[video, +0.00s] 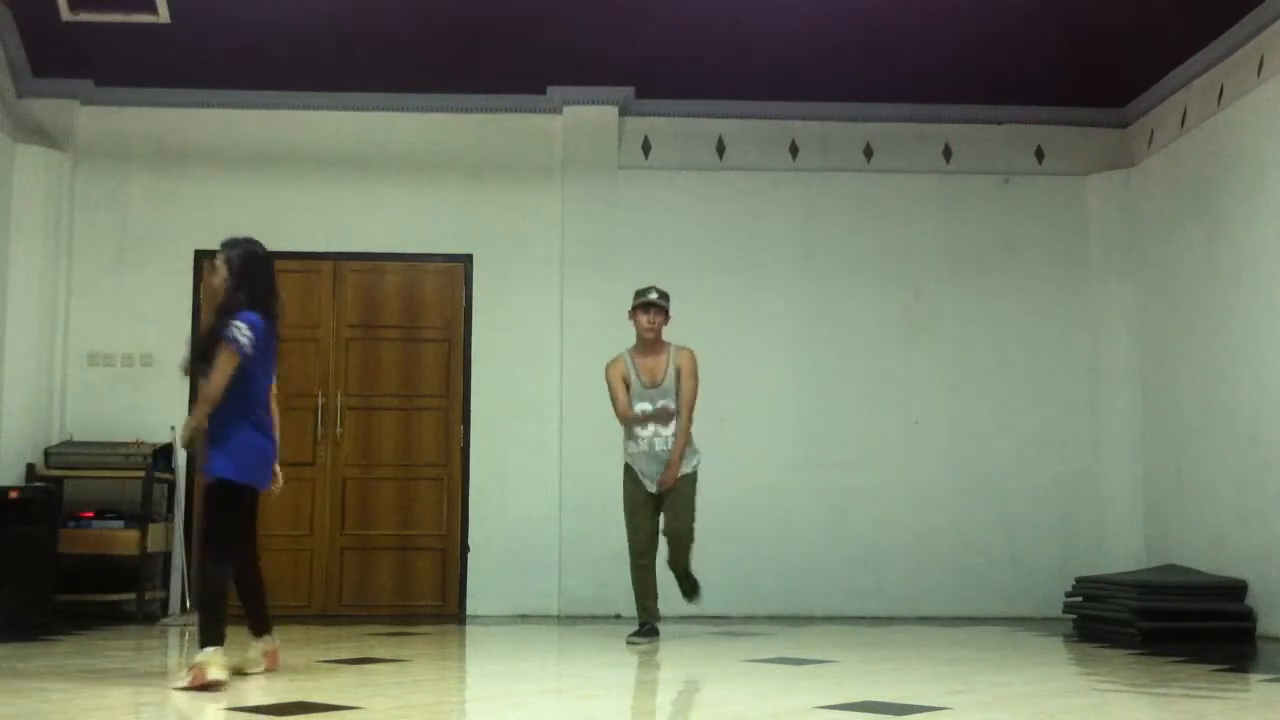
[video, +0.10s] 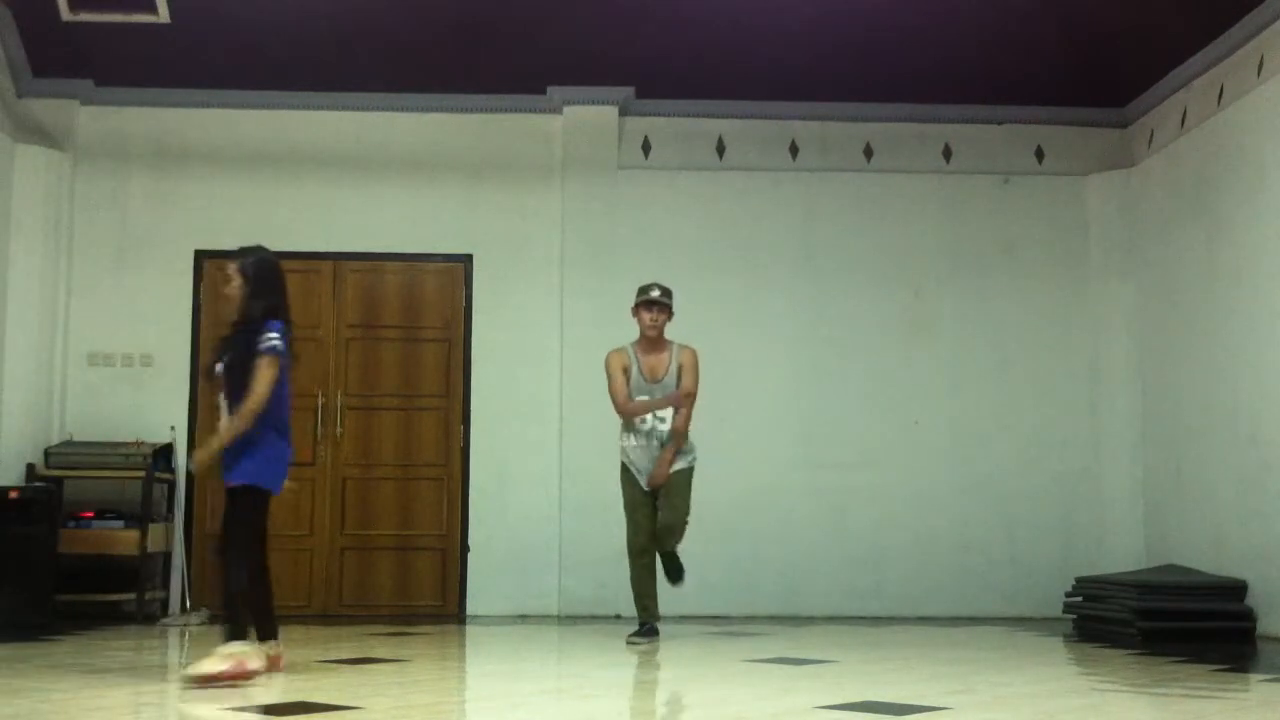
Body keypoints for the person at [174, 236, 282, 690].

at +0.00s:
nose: (211, 276)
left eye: (218, 269)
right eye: (213, 269)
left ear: (238, 274)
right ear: (249, 275)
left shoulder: (240, 324)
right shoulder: (261, 325)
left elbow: (217, 382)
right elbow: (269, 397)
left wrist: (194, 419)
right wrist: (273, 456)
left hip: (230, 450)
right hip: (251, 450)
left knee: (213, 549)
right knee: (241, 548)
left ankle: (210, 655)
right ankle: (264, 643)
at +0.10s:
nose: (225, 287)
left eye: (232, 279)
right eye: (226, 279)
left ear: (255, 282)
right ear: (245, 283)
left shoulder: (270, 331)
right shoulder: (243, 333)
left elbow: (258, 398)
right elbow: (230, 394)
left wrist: (215, 444)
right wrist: (223, 432)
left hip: (259, 453)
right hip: (243, 452)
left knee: (234, 543)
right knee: (250, 546)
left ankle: (237, 646)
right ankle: (267, 643)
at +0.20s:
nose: (239, 286)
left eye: (246, 278)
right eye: (239, 278)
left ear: (269, 280)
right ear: (262, 282)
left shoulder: (289, 326)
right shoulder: (252, 328)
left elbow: (289, 393)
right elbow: (247, 391)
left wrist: (266, 447)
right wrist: (238, 447)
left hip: (272, 450)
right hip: (247, 449)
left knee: (252, 542)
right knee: (251, 543)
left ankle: (279, 641)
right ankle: (279, 639)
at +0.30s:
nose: (255, 287)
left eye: (263, 279)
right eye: (254, 279)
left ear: (287, 283)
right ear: (255, 285)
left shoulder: (304, 328)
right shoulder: (255, 331)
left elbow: (319, 383)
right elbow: (258, 397)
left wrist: (329, 437)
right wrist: (240, 442)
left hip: (294, 457)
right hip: (255, 459)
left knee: (283, 543)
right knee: (263, 549)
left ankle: (330, 622)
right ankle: (267, 643)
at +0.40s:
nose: (277, 293)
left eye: (286, 286)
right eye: (272, 286)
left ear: (307, 291)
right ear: (266, 293)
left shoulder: (320, 334)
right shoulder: (268, 339)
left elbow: (351, 381)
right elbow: (260, 400)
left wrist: (379, 428)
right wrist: (236, 440)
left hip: (312, 459)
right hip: (266, 460)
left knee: (322, 543)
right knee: (267, 549)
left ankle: (353, 618)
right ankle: (266, 643)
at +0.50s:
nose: (299, 299)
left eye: (309, 293)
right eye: (293, 292)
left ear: (325, 300)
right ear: (284, 299)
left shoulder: (340, 344)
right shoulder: (278, 345)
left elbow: (376, 391)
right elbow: (265, 402)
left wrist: (397, 399)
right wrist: (235, 449)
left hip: (329, 465)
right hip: (282, 464)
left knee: (342, 546)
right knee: (276, 550)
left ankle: (366, 621)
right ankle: (267, 643)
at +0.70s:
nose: (338, 312)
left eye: (346, 306)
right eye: (331, 305)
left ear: (360, 312)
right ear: (321, 311)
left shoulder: (372, 353)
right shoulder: (310, 356)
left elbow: (406, 381)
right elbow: (281, 408)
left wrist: (395, 330)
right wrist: (252, 462)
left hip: (367, 473)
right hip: (321, 472)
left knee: (364, 554)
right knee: (305, 550)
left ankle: (365, 636)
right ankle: (284, 632)